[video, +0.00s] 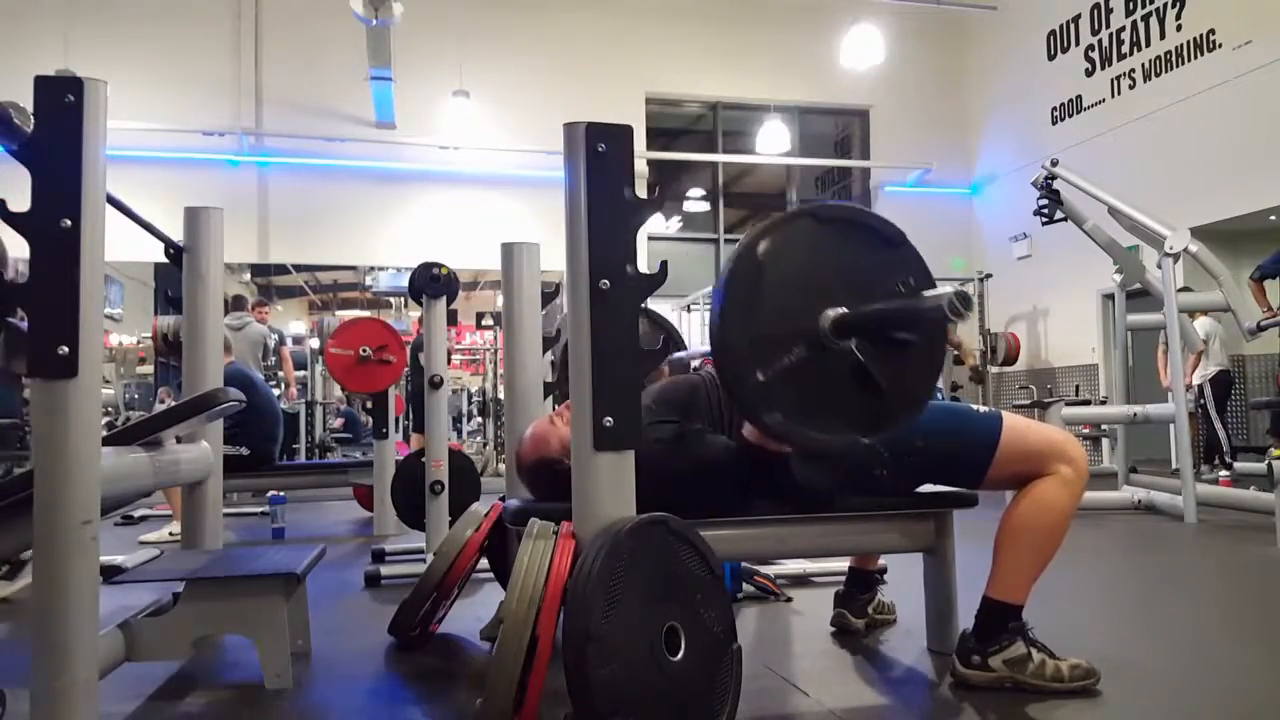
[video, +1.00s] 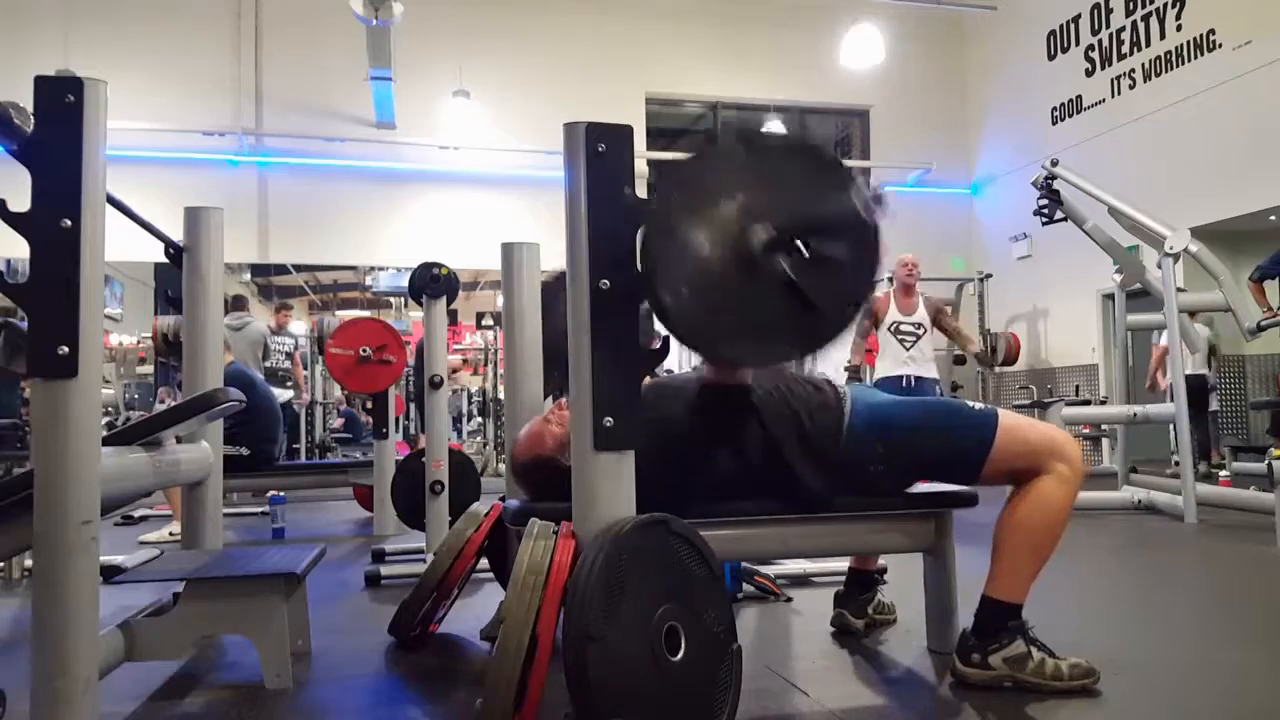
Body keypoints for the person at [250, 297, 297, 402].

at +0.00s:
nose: (263, 316)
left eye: (266, 313)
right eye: (259, 313)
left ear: (269, 314)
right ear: (252, 312)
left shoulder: (277, 334)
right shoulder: (246, 333)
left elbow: (286, 359)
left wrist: (292, 385)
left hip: (272, 384)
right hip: (251, 384)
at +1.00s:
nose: (287, 319)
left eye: (289, 316)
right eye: (284, 316)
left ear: (291, 318)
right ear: (275, 315)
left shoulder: (292, 338)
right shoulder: (264, 334)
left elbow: (297, 365)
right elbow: (256, 361)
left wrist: (303, 390)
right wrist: (257, 386)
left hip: (288, 389)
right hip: (268, 388)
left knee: (289, 426)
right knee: (271, 425)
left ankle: (288, 459)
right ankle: (270, 460)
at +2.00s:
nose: (288, 312)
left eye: (291, 309)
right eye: (284, 309)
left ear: (294, 310)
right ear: (277, 311)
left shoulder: (305, 331)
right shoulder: (271, 332)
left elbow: (314, 357)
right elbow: (264, 357)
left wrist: (319, 383)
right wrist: (261, 380)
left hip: (302, 384)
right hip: (278, 385)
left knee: (314, 420)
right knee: (283, 423)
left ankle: (295, 427)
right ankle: (285, 458)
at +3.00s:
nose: (305, 312)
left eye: (308, 308)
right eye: (304, 308)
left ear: (320, 307)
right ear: (307, 310)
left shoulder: (336, 329)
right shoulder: (309, 332)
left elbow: (343, 359)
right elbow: (306, 361)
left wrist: (337, 386)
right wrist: (296, 384)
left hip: (331, 387)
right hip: (311, 386)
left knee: (331, 427)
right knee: (297, 421)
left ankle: (335, 462)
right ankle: (331, 428)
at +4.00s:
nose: (291, 313)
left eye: (293, 309)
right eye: (291, 309)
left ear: (302, 310)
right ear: (306, 311)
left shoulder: (308, 331)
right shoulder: (316, 329)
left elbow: (299, 364)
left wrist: (285, 385)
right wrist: (287, 381)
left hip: (306, 386)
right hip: (317, 385)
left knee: (295, 428)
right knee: (314, 429)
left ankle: (296, 465)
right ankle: (318, 464)